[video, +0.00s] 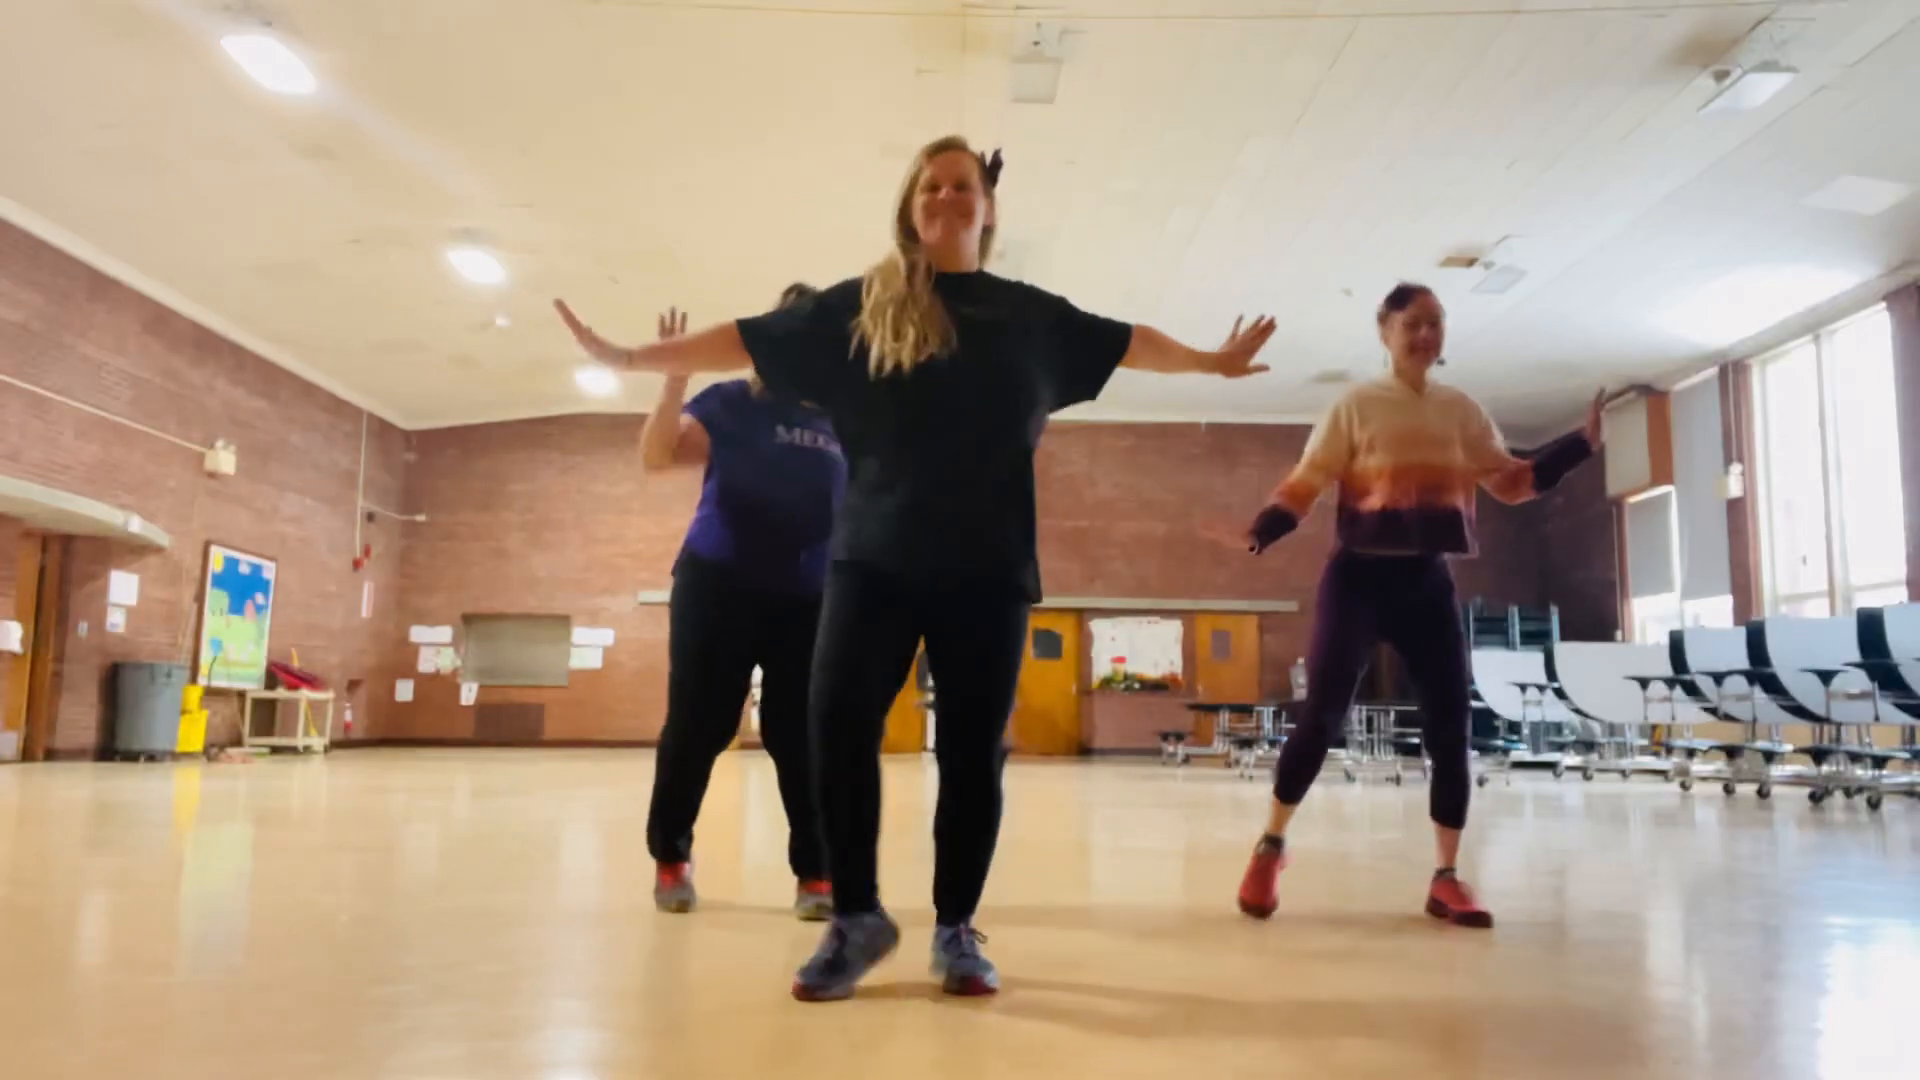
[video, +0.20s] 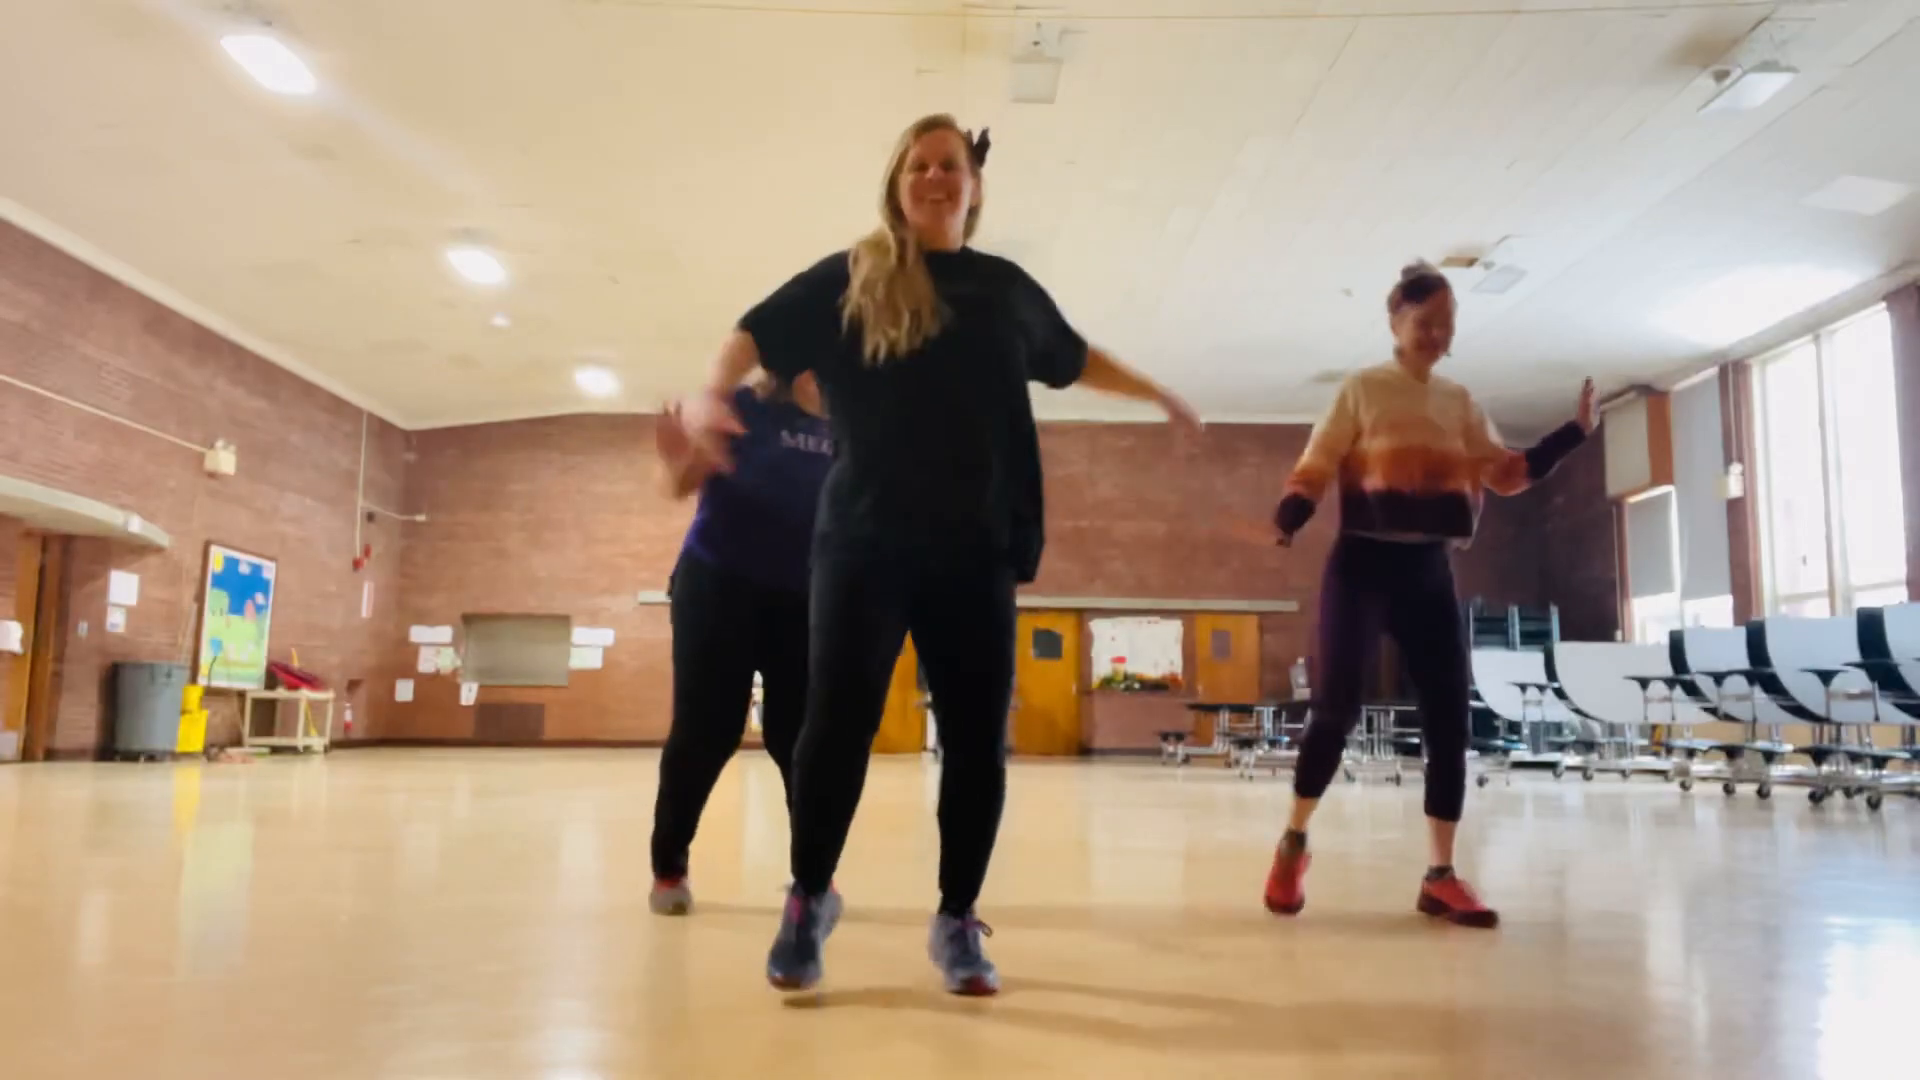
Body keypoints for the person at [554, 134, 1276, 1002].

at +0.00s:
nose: (952, 198)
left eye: (967, 186)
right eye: (936, 185)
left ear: (990, 210)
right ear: (909, 210)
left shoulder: (1028, 313)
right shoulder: (858, 309)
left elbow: (1125, 341)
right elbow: (743, 339)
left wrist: (1214, 362)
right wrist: (630, 355)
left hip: (987, 570)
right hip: (873, 564)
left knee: (972, 752)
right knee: (838, 727)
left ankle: (956, 927)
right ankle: (859, 918)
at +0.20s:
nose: (937, 176)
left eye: (951, 165)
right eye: (922, 165)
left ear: (976, 185)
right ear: (896, 186)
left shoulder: (1006, 289)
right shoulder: (852, 278)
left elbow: (1072, 359)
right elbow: (751, 338)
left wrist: (1163, 396)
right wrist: (712, 397)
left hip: (972, 550)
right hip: (862, 544)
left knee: (976, 743)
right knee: (836, 726)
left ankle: (959, 919)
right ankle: (808, 899)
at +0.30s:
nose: (920, 194)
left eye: (935, 183)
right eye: (905, 183)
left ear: (961, 204)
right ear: (879, 204)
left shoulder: (995, 310)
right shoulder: (832, 305)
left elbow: (1030, 417)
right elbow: (762, 398)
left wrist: (1095, 478)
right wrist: (787, 468)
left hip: (963, 562)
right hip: (856, 559)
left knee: (1002, 738)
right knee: (851, 739)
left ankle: (959, 910)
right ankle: (793, 926)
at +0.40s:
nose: (905, 214)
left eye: (919, 202)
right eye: (890, 204)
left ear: (947, 221)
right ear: (868, 225)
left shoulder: (984, 329)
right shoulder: (830, 329)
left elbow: (1009, 446)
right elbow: (772, 424)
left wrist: (1053, 483)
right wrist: (845, 446)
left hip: (958, 582)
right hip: (847, 584)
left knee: (995, 757)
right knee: (845, 757)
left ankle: (953, 928)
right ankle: (794, 938)